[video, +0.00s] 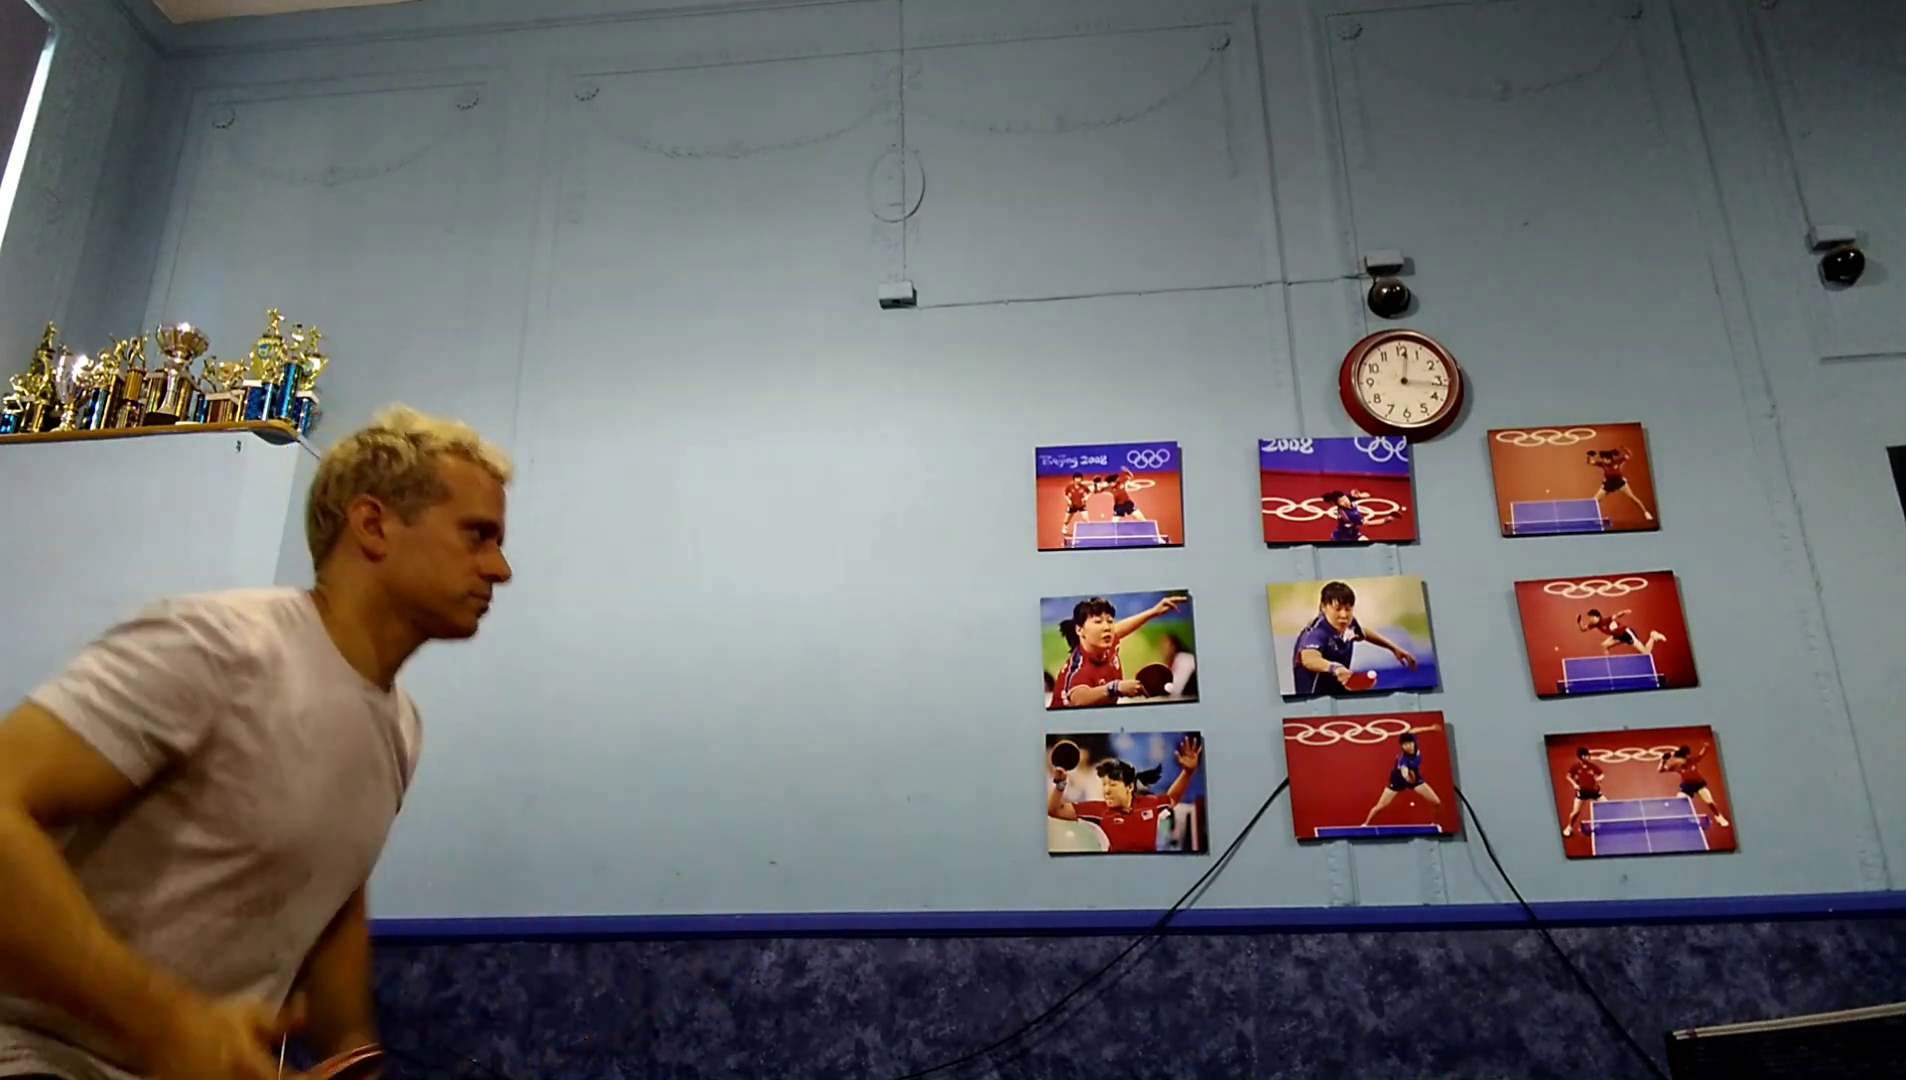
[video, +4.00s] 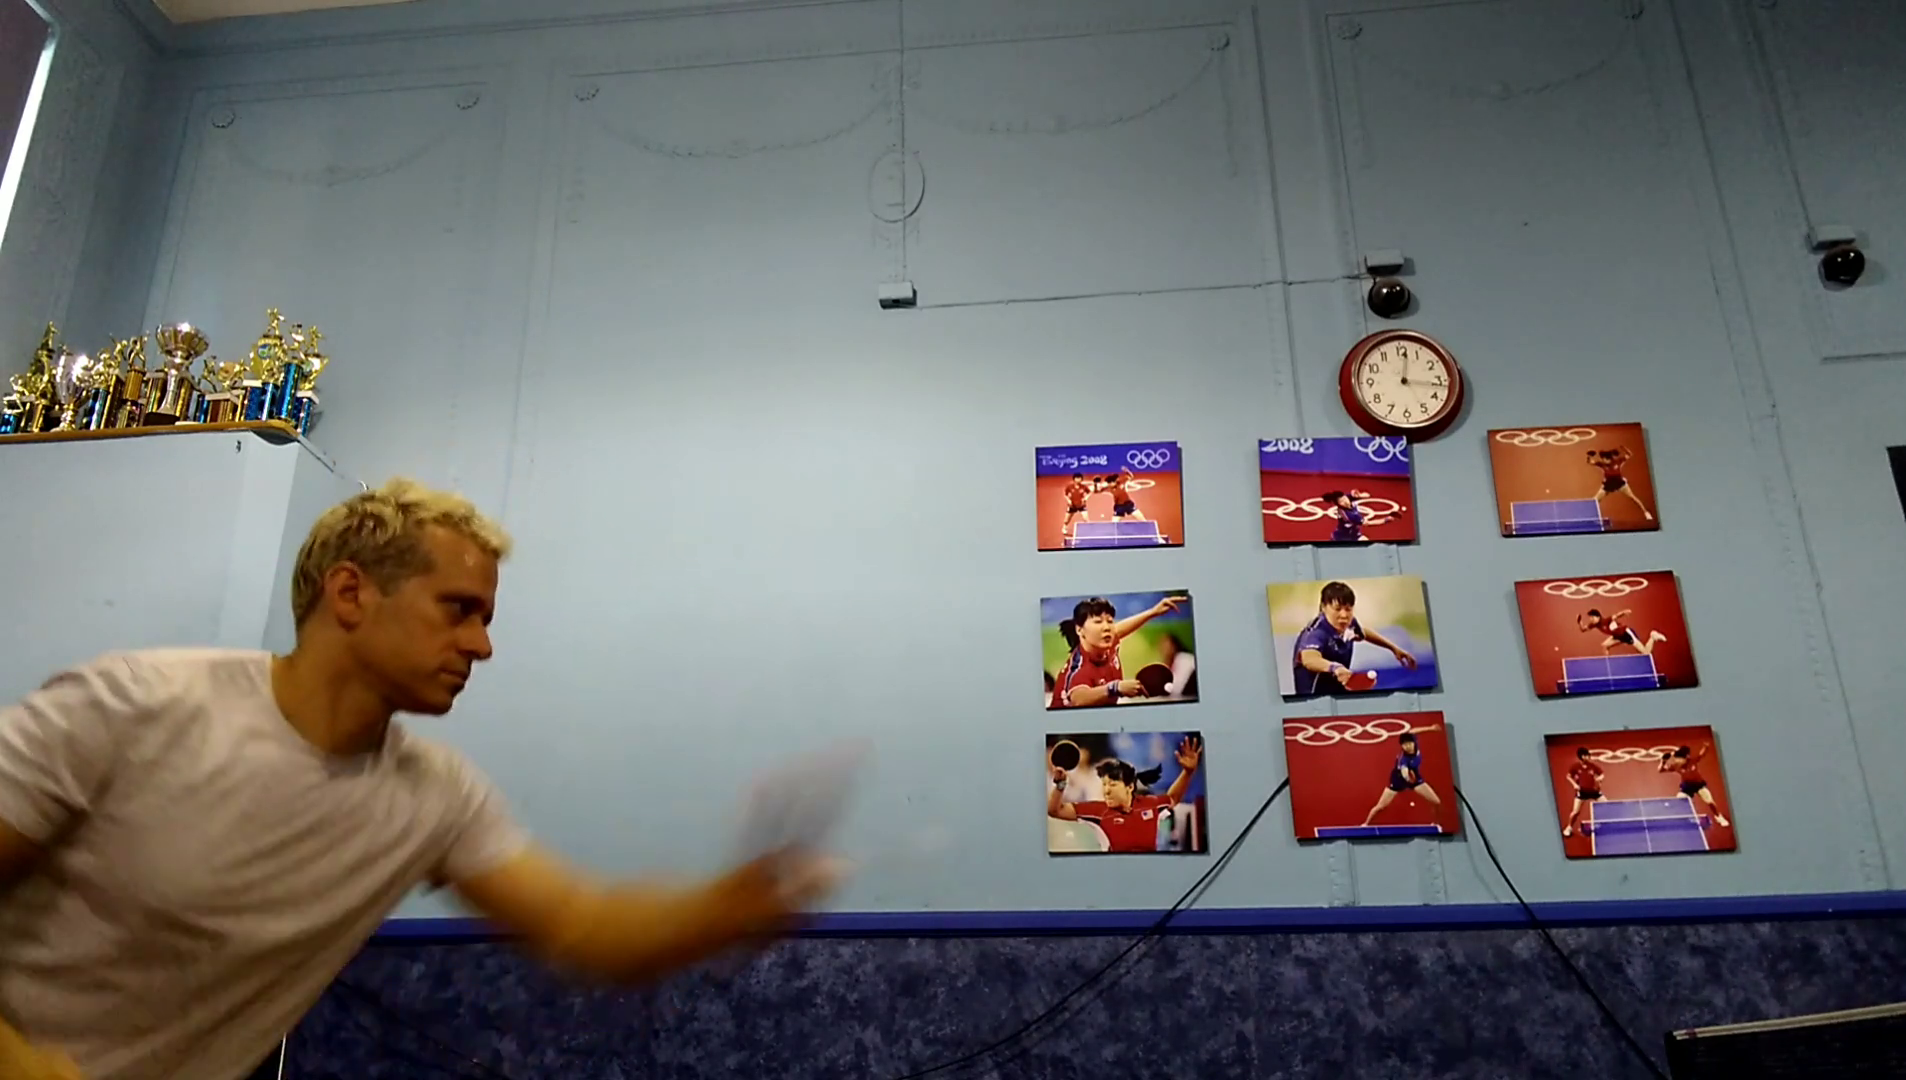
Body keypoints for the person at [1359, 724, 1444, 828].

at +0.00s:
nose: (1408, 747)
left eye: (1409, 744)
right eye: (1405, 745)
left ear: (1413, 743)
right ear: (1402, 746)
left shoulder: (1416, 747)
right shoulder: (1403, 759)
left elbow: (1413, 731)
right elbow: (1404, 771)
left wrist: (1431, 728)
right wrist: (1409, 779)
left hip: (1415, 780)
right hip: (1398, 781)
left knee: (1436, 802)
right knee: (1381, 805)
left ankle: (1434, 823)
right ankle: (1366, 823)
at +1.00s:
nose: (1408, 747)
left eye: (1409, 744)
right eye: (1405, 745)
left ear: (1414, 743)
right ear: (1402, 746)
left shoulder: (1416, 748)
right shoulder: (1403, 758)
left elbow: (1414, 731)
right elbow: (1404, 771)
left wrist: (1431, 728)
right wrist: (1409, 779)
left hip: (1414, 779)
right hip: (1398, 781)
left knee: (1436, 802)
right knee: (1380, 806)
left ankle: (1435, 823)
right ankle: (1366, 823)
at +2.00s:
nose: (1408, 747)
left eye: (1409, 744)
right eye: (1405, 745)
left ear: (1414, 743)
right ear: (1402, 746)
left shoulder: (1416, 747)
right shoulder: (1403, 758)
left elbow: (1414, 731)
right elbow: (1404, 771)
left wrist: (1431, 728)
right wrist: (1408, 778)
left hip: (1415, 779)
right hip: (1398, 781)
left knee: (1436, 802)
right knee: (1381, 805)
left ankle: (1436, 824)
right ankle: (1366, 824)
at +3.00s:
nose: (1408, 747)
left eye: (1409, 744)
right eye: (1405, 745)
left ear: (1414, 743)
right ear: (1402, 746)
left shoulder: (1416, 748)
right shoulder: (1403, 758)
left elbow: (1413, 731)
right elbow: (1404, 771)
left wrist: (1431, 728)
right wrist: (1409, 778)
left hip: (1415, 779)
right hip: (1398, 781)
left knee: (1436, 801)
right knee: (1381, 806)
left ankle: (1435, 823)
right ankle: (1366, 823)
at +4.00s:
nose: (1408, 747)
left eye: (1409, 744)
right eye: (1405, 745)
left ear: (1414, 743)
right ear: (1402, 746)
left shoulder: (1416, 748)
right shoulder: (1403, 758)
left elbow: (1413, 731)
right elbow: (1404, 771)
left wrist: (1431, 728)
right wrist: (1409, 778)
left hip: (1415, 779)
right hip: (1398, 781)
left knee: (1436, 802)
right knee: (1381, 806)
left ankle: (1435, 823)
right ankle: (1366, 823)